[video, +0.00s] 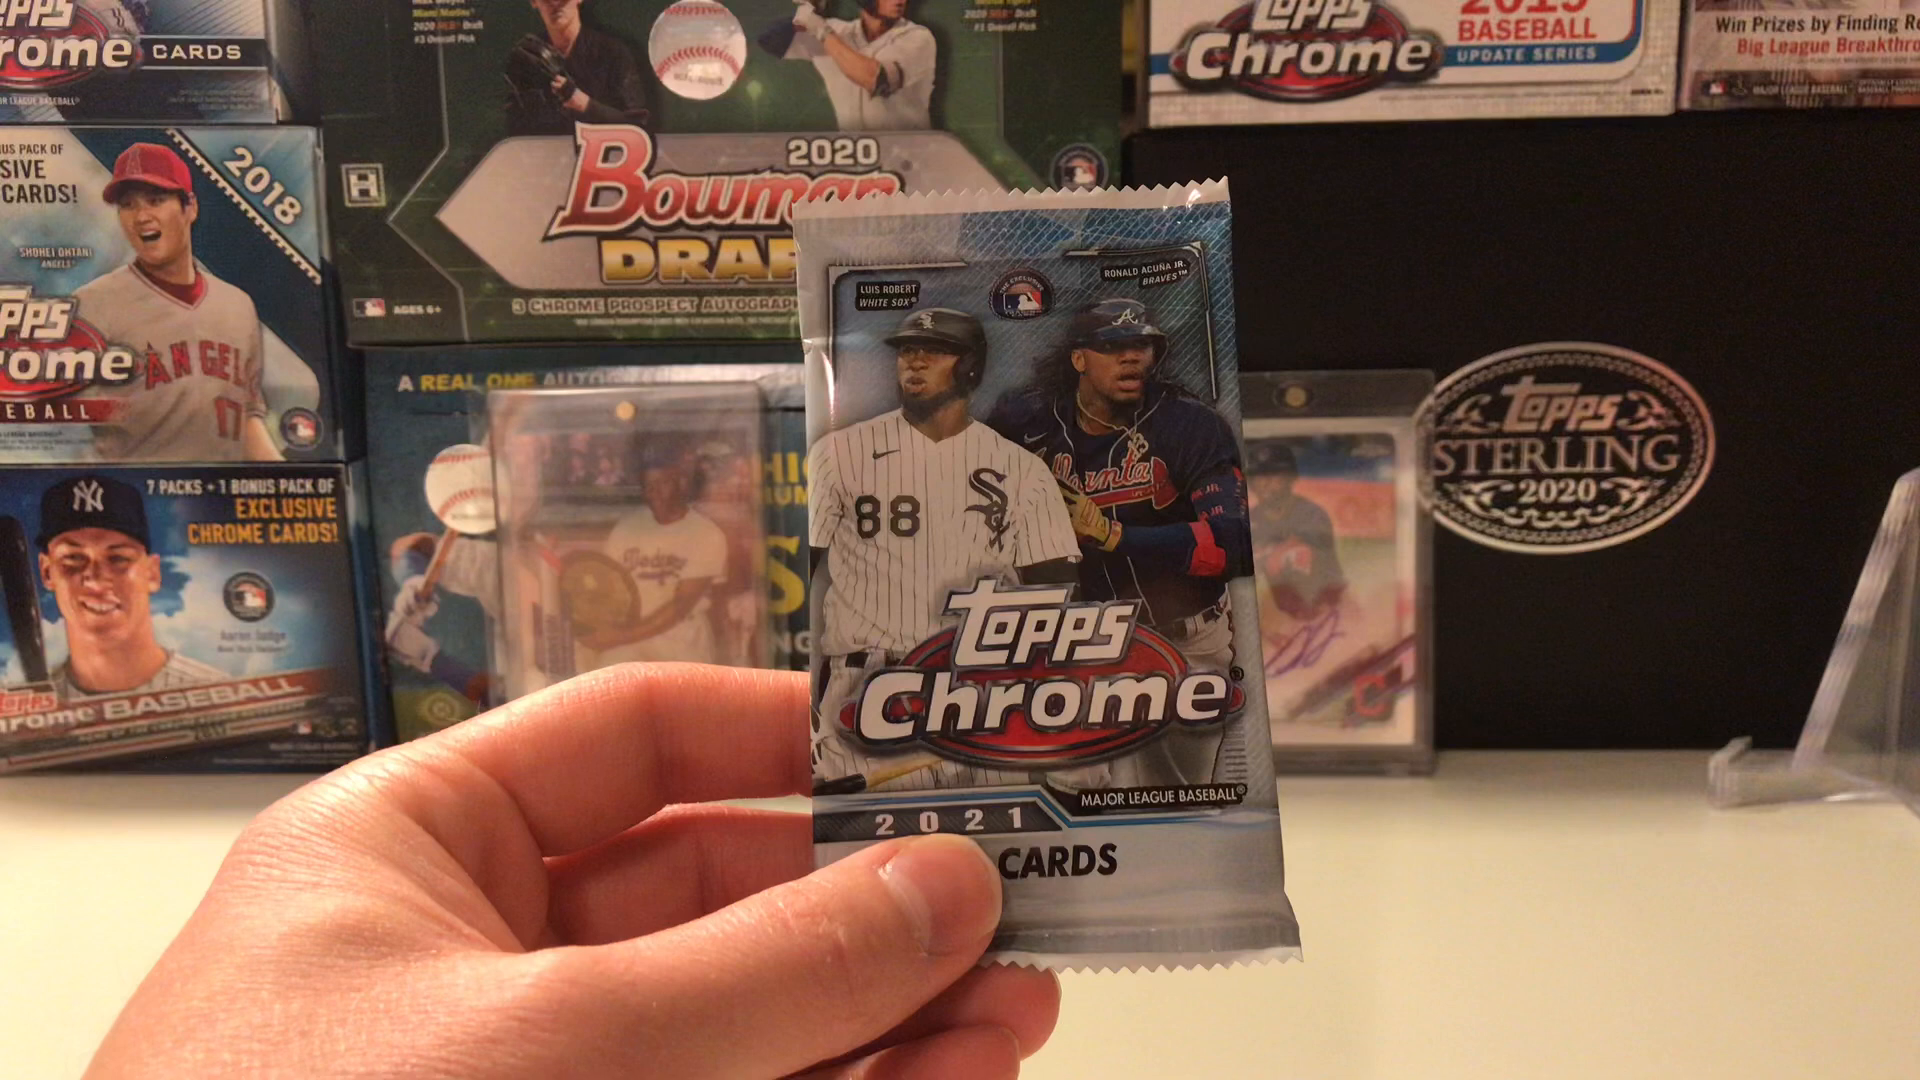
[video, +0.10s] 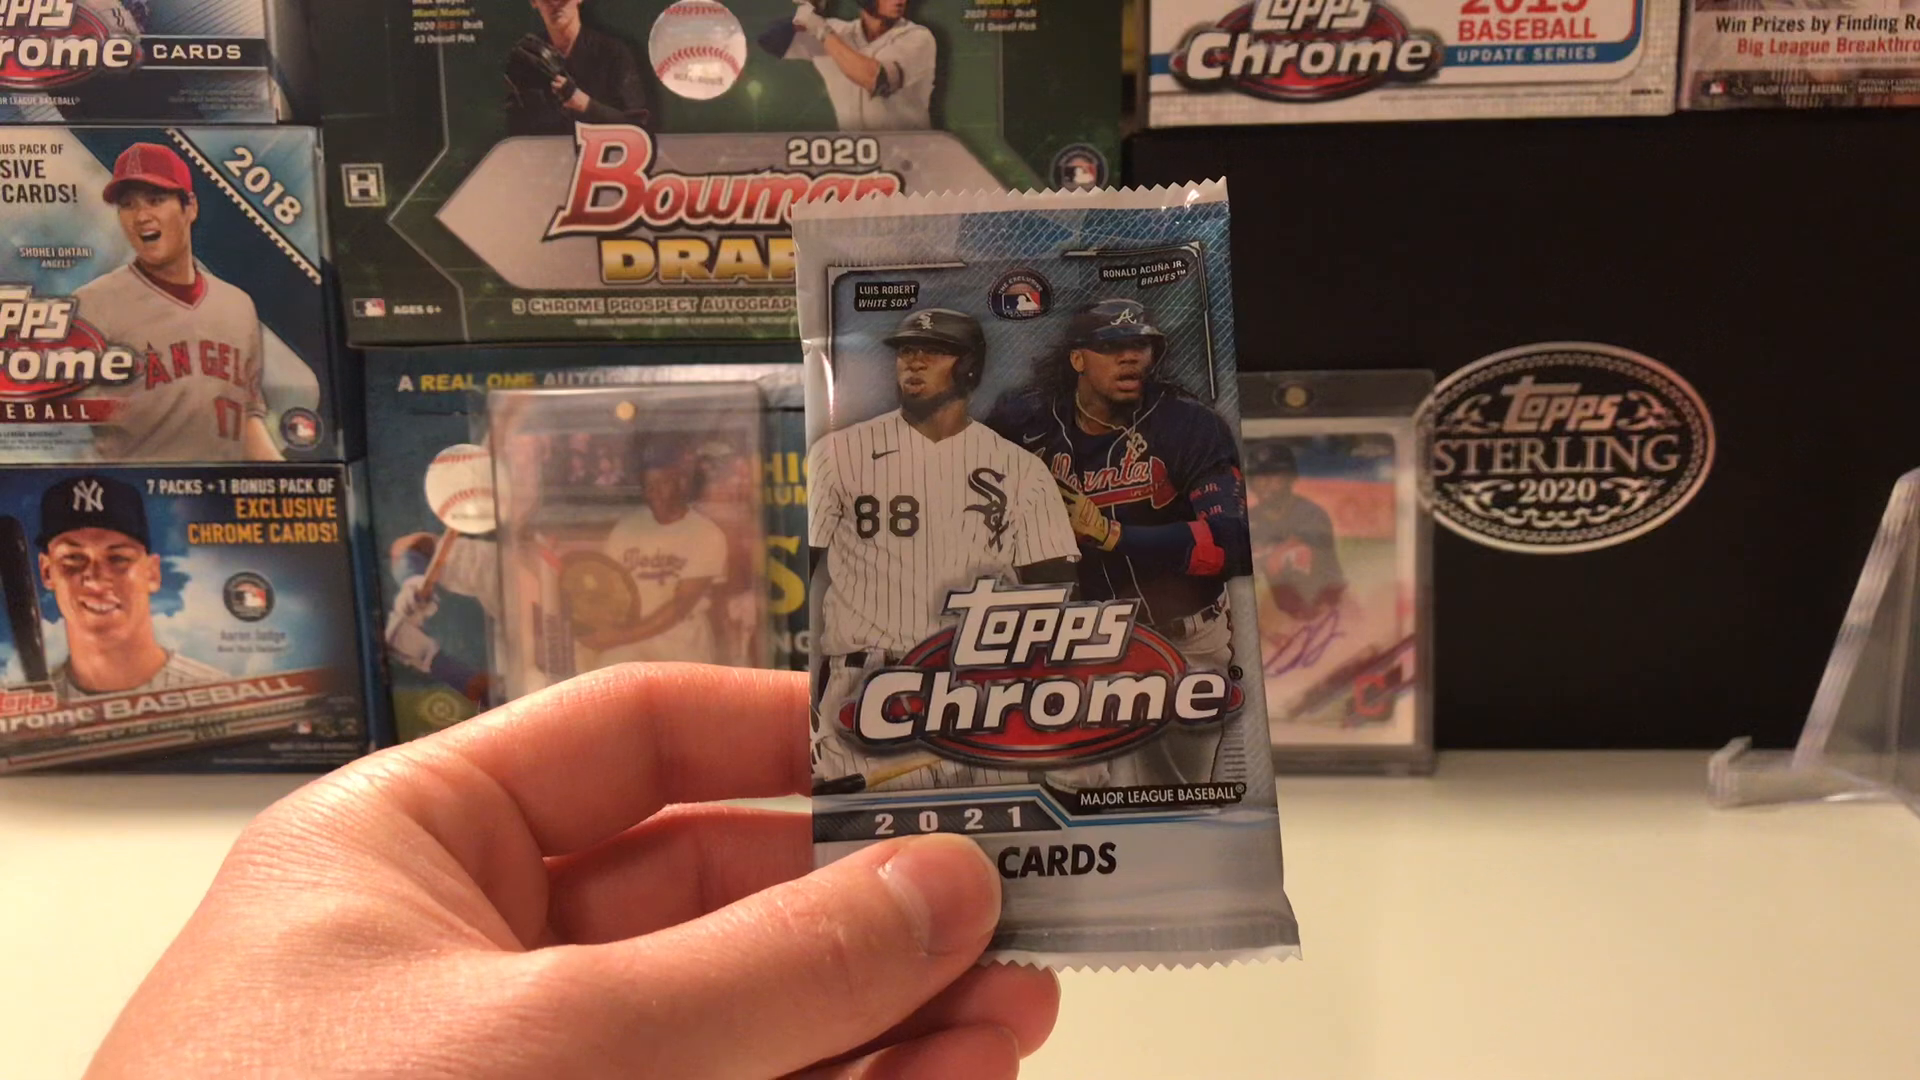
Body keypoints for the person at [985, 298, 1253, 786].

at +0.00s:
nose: (1134, 358)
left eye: (1142, 345)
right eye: (1116, 346)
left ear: (1155, 353)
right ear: (1079, 359)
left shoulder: (1192, 426)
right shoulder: (1028, 423)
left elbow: (1231, 543)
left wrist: (1113, 534)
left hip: (1189, 634)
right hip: (1081, 641)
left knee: (1195, 803)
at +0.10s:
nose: (1133, 358)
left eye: (1141, 345)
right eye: (1116, 347)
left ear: (1154, 353)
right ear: (1078, 359)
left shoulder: (1190, 426)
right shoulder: (1026, 424)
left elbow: (1228, 542)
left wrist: (1111, 533)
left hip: (1187, 632)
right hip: (1079, 638)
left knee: (1188, 799)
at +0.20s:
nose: (1132, 359)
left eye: (1140, 346)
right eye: (1114, 347)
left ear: (1153, 354)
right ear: (1077, 360)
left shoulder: (1189, 426)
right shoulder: (1024, 423)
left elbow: (1228, 542)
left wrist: (1110, 534)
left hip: (1185, 633)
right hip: (1076, 638)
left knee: (1186, 800)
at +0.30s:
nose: (1132, 359)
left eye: (1140, 346)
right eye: (1115, 348)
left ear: (1153, 354)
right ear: (1076, 360)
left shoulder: (1189, 426)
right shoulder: (1023, 423)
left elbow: (1228, 541)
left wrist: (1110, 534)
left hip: (1186, 635)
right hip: (1078, 639)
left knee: (1190, 804)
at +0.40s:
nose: (1129, 358)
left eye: (1137, 346)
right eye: (1111, 347)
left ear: (1150, 354)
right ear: (1074, 360)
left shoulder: (1187, 426)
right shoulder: (1020, 423)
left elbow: (1226, 541)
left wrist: (1108, 534)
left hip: (1182, 635)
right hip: (1074, 642)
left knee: (1186, 803)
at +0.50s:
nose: (1128, 358)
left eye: (1136, 346)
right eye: (1110, 347)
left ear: (1149, 353)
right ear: (1073, 360)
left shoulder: (1186, 426)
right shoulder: (1021, 423)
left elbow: (1225, 541)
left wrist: (1109, 534)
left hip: (1181, 634)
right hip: (1072, 639)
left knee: (1177, 802)